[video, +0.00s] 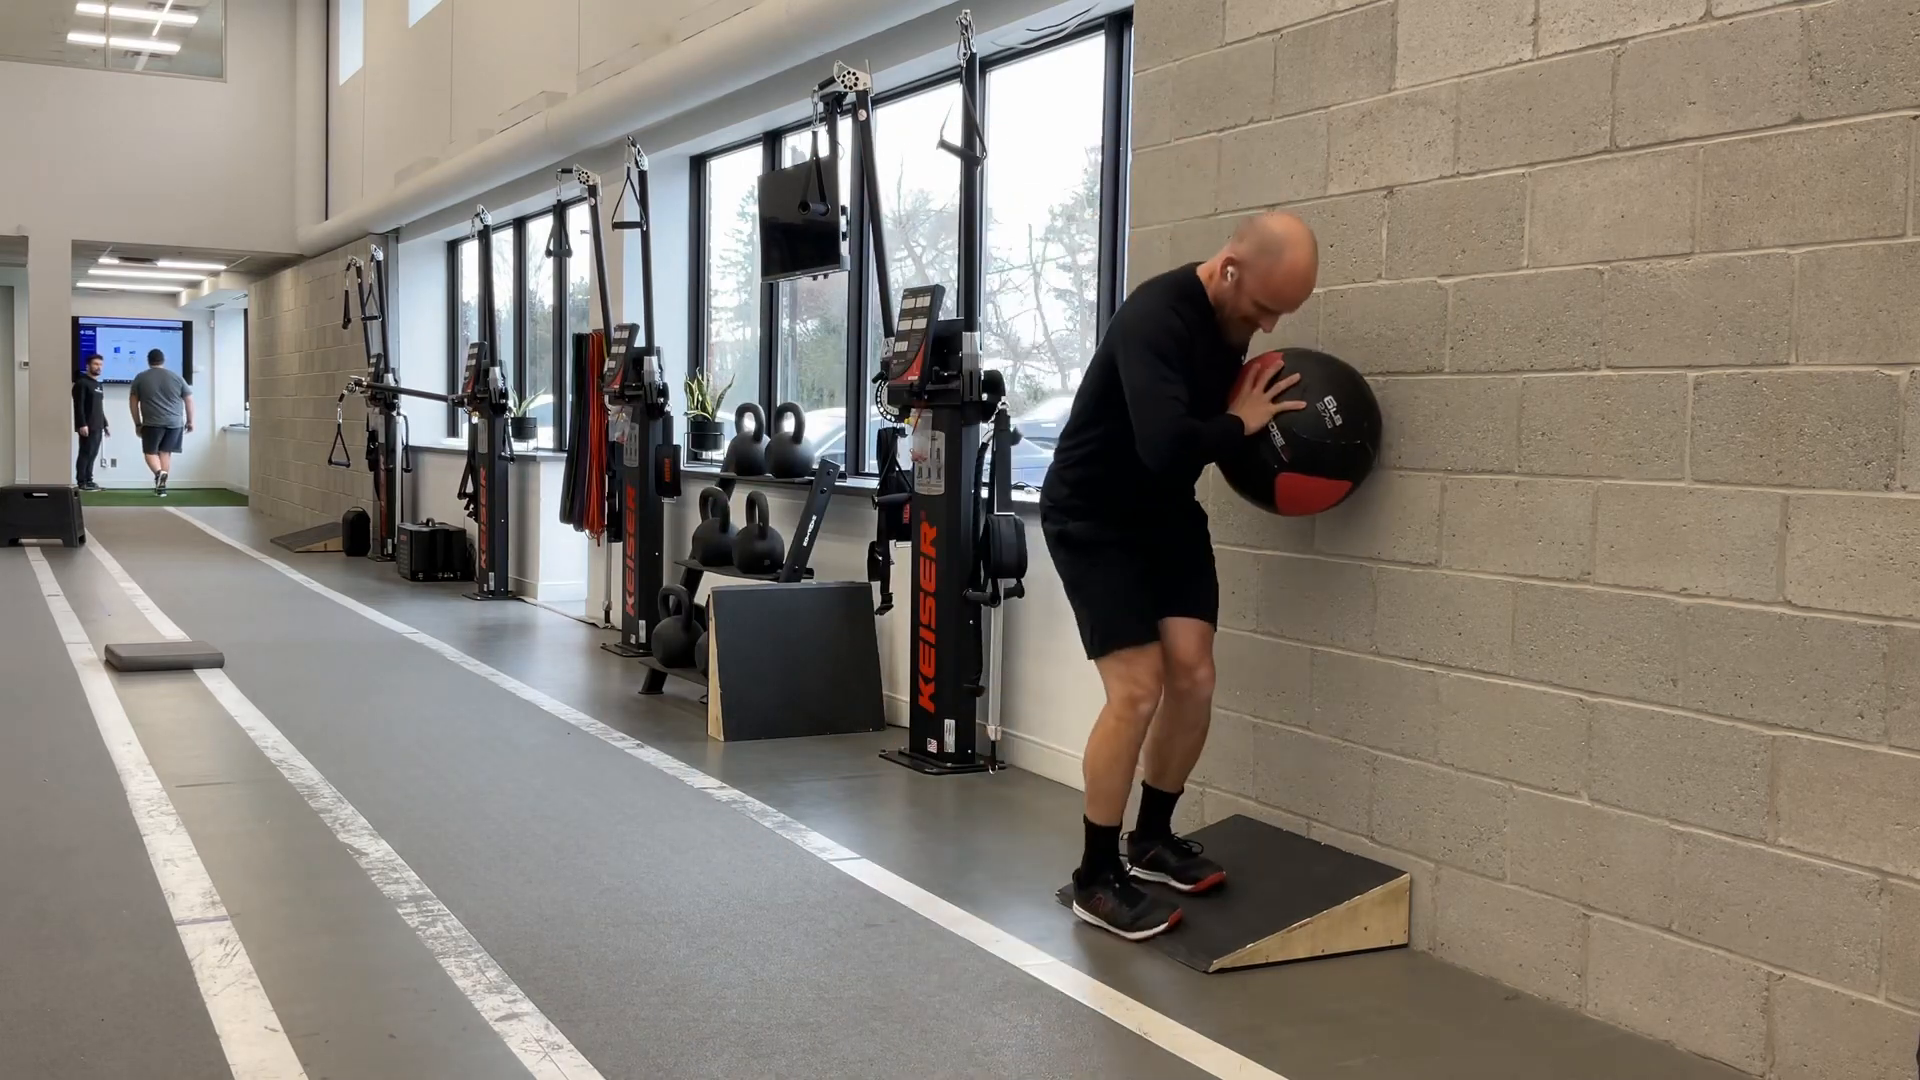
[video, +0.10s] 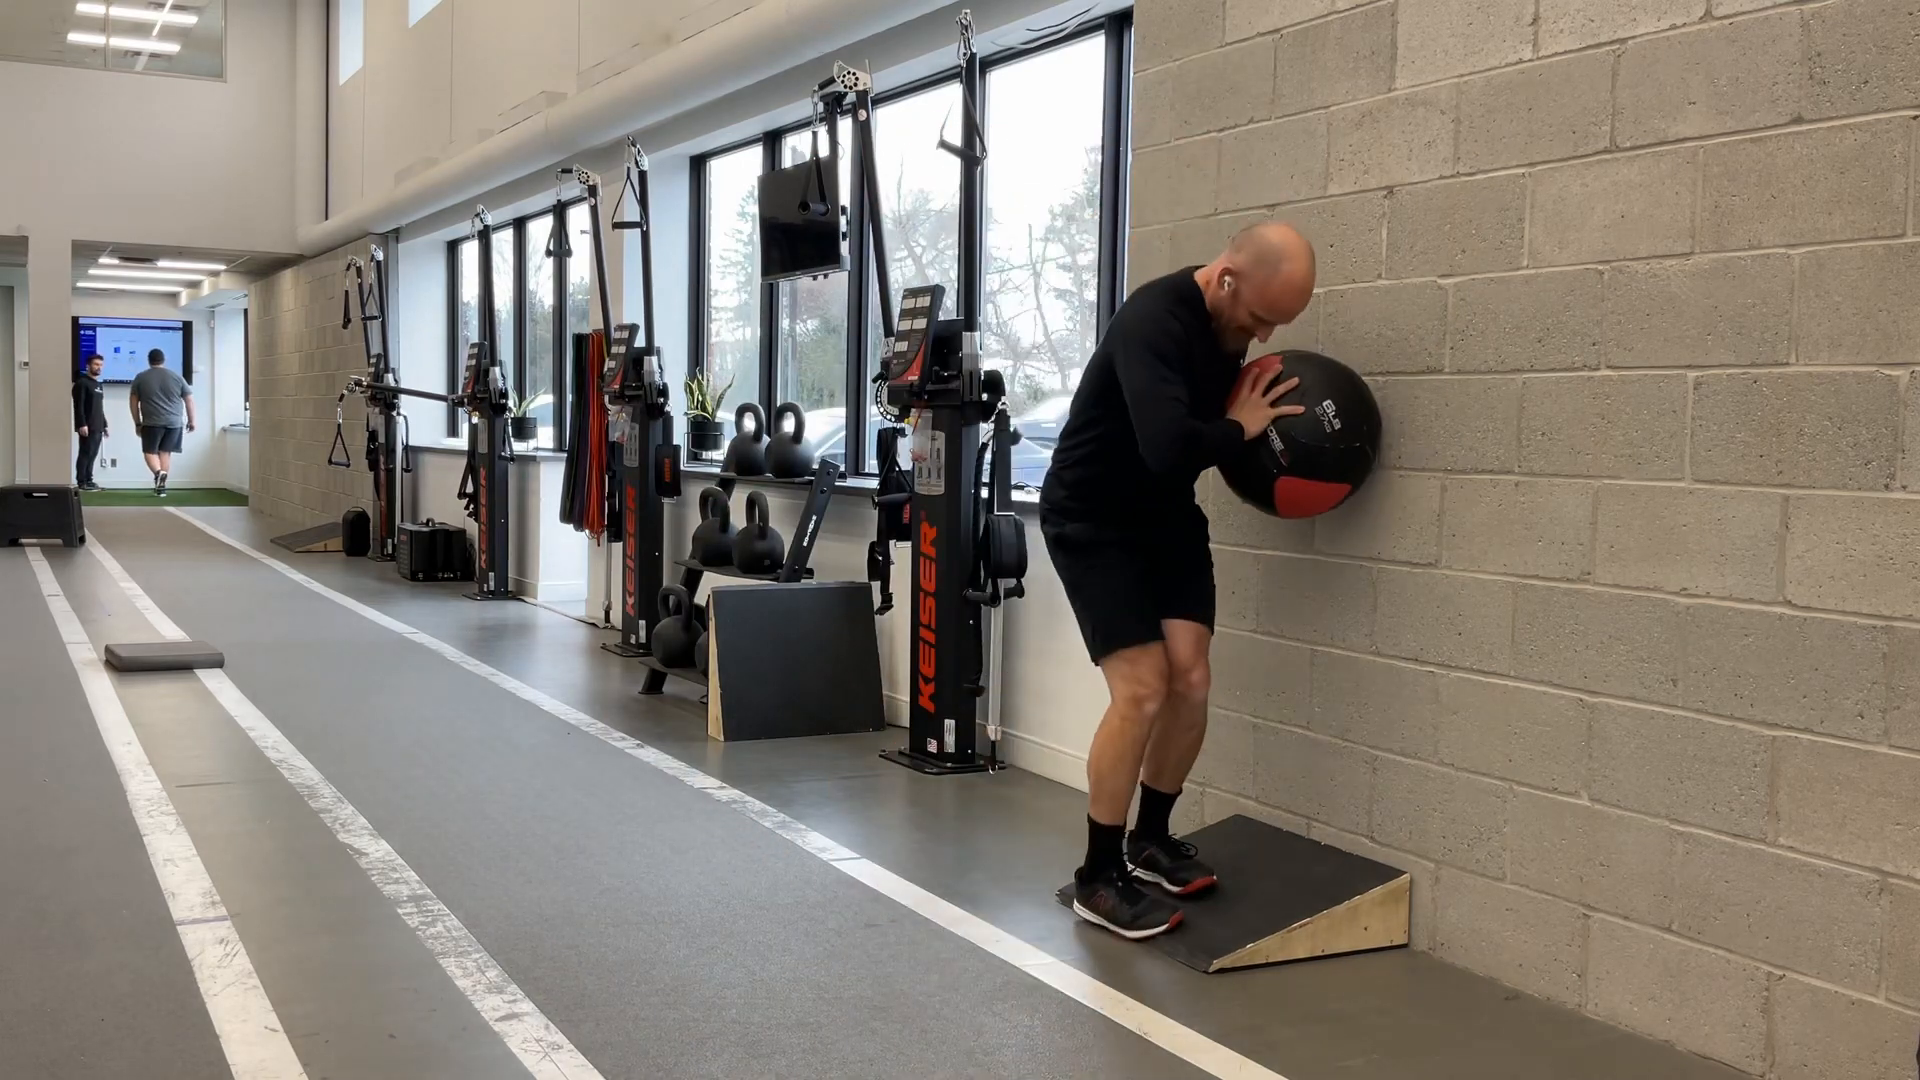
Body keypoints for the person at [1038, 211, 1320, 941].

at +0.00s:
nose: (1267, 327)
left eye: (1280, 315)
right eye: (1261, 309)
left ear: (1290, 292)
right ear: (1226, 268)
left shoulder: (1235, 327)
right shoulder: (1157, 316)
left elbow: (1227, 437)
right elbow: (1163, 446)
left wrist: (1287, 470)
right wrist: (1237, 423)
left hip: (1169, 505)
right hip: (1093, 507)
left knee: (1193, 676)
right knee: (1138, 686)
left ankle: (1151, 839)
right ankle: (1096, 876)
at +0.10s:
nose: (1262, 337)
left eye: (1275, 326)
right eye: (1257, 319)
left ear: (1286, 302)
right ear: (1221, 277)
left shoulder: (1234, 332)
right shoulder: (1154, 319)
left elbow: (1227, 440)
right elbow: (1164, 445)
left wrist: (1287, 458)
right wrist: (1238, 427)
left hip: (1168, 508)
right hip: (1092, 508)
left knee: (1189, 681)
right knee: (1142, 688)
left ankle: (1150, 839)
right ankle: (1098, 875)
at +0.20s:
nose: (1257, 343)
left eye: (1269, 332)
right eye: (1253, 326)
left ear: (1277, 307)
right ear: (1218, 283)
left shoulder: (1229, 333)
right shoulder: (1151, 323)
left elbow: (1223, 442)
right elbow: (1166, 449)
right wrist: (1235, 424)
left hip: (1164, 511)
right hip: (1088, 513)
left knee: (1192, 681)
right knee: (1146, 690)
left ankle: (1151, 839)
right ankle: (1100, 875)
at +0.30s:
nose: (1261, 350)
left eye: (1272, 339)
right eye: (1256, 334)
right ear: (1220, 292)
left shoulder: (1226, 339)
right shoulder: (1153, 330)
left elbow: (1228, 450)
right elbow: (1170, 455)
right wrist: (1237, 426)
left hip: (1152, 512)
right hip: (1080, 515)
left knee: (1193, 681)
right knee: (1146, 691)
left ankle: (1151, 840)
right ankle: (1100, 875)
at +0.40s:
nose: (1262, 370)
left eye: (1275, 359)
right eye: (1258, 353)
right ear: (1222, 310)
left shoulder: (1221, 350)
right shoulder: (1156, 342)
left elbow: (1232, 466)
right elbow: (1169, 477)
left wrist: (1291, 489)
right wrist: (1233, 435)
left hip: (1136, 519)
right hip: (1062, 521)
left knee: (1195, 681)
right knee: (1141, 691)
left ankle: (1151, 841)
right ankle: (1100, 874)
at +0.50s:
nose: (1256, 380)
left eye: (1266, 368)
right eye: (1253, 365)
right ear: (1213, 334)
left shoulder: (1205, 363)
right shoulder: (1155, 365)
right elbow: (1193, 502)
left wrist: (1230, 439)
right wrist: (1235, 444)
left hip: (1114, 538)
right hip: (1035, 538)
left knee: (1200, 691)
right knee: (1097, 702)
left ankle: (1152, 842)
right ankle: (1039, 873)